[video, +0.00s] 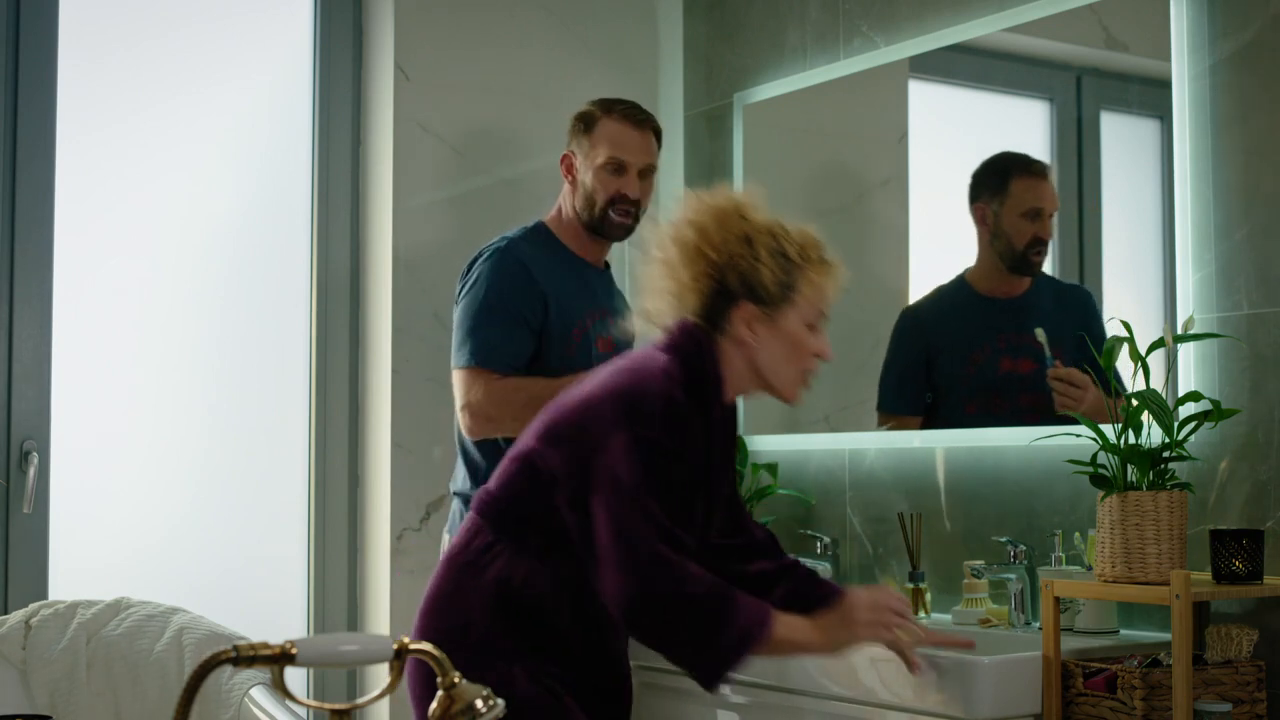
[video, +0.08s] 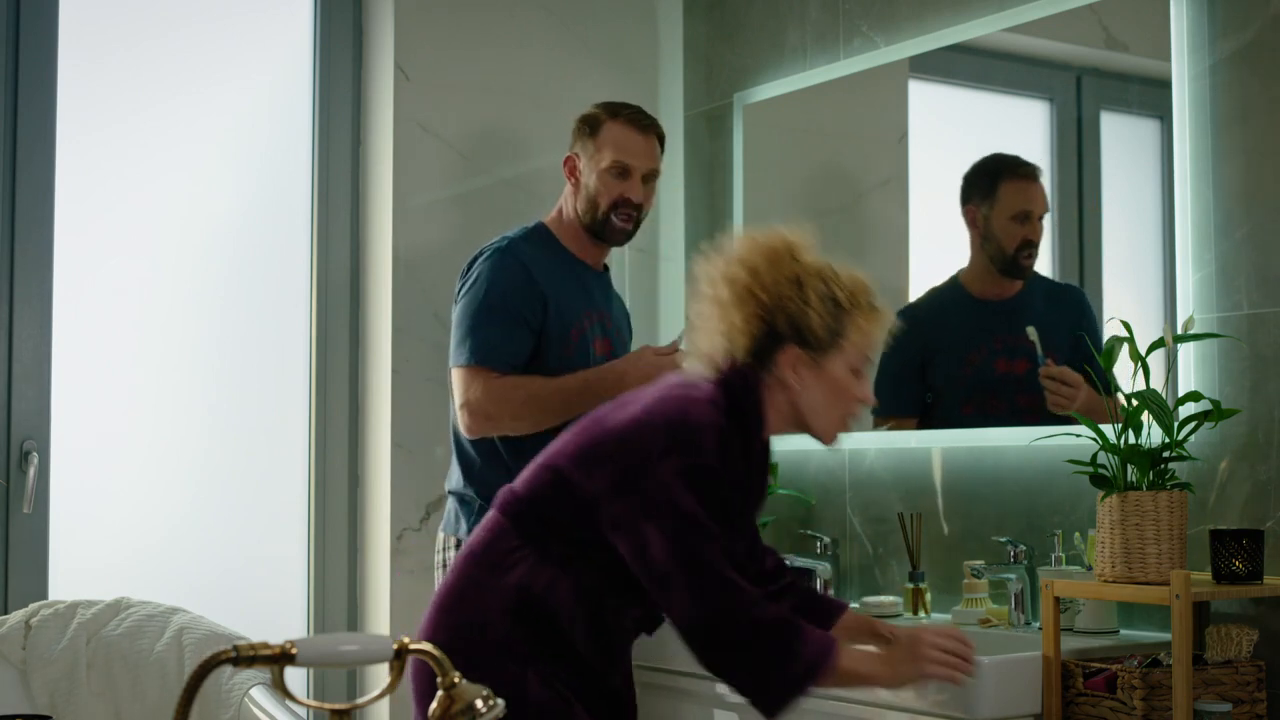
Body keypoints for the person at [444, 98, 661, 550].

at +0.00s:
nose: (632, 191)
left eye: (645, 175)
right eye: (614, 169)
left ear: (655, 180)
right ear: (570, 169)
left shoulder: (607, 291)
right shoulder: (506, 267)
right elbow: (479, 409)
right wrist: (619, 384)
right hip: (501, 540)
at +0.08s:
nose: (636, 195)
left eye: (649, 179)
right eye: (619, 173)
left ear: (658, 184)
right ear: (574, 171)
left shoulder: (607, 300)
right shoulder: (505, 268)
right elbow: (477, 410)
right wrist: (620, 379)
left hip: (573, 544)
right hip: (494, 547)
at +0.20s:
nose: (638, 199)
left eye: (650, 184)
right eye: (621, 176)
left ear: (658, 189)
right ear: (575, 173)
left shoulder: (609, 306)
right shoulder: (502, 268)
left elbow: (594, 436)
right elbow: (471, 408)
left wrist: (639, 512)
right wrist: (606, 363)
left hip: (569, 541)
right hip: (488, 545)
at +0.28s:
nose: (636, 200)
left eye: (648, 184)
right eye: (620, 177)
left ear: (656, 188)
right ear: (573, 174)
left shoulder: (600, 299)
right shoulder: (498, 265)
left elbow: (590, 435)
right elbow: (469, 406)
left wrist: (636, 520)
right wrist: (596, 342)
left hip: (568, 548)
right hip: (487, 551)